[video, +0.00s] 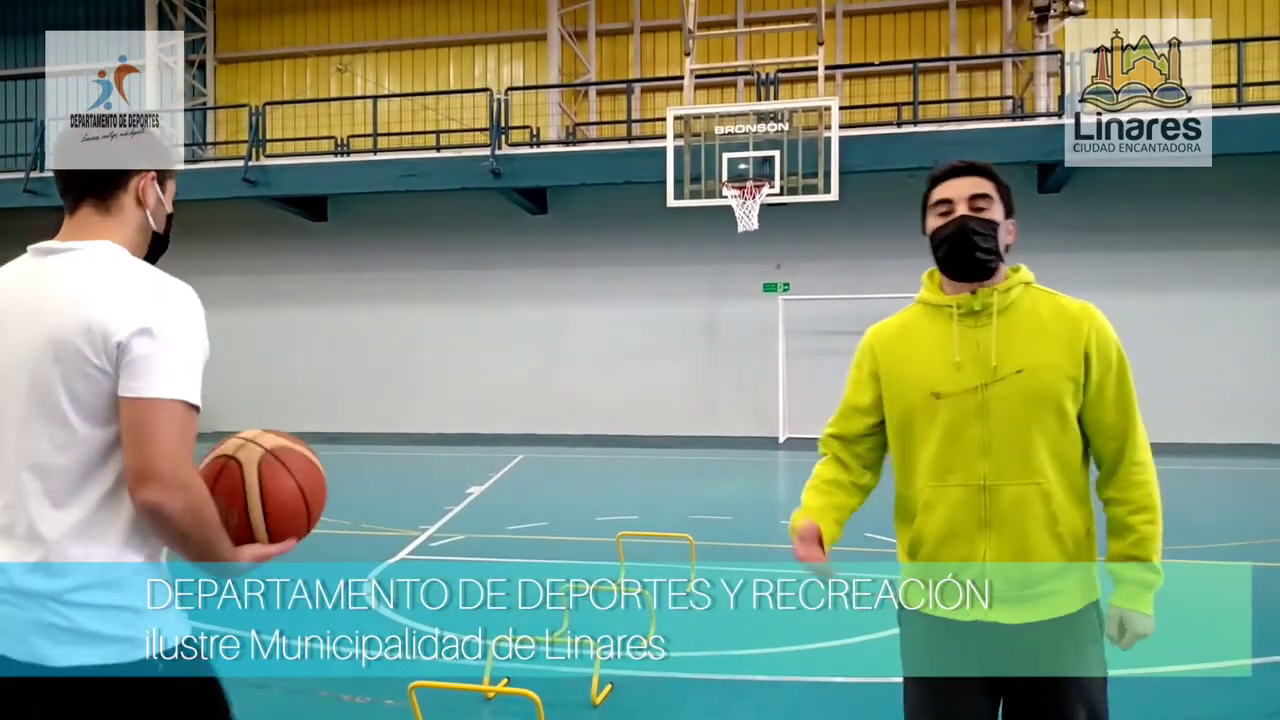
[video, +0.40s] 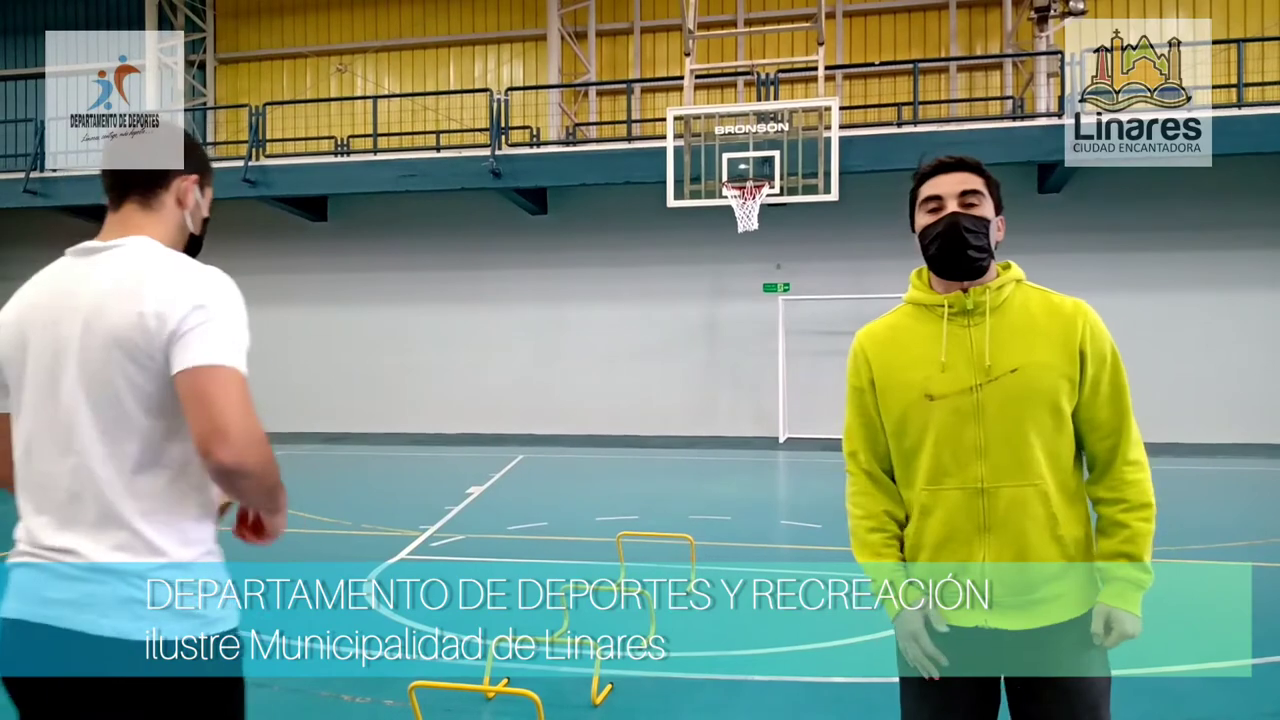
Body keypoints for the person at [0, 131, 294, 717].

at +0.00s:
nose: (170, 212)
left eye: (172, 195)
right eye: (172, 193)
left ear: (70, 188)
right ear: (147, 189)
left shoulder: (10, 280)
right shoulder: (153, 297)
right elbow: (159, 486)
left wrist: (189, 507)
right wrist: (226, 559)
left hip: (10, 628)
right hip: (112, 633)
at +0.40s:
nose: (205, 220)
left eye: (207, 205)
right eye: (207, 202)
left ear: (113, 192)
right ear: (187, 189)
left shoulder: (24, 300)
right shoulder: (192, 285)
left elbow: (9, 464)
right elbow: (229, 448)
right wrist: (265, 503)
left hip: (33, 625)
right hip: (163, 626)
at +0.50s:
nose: (222, 219)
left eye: (225, 205)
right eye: (224, 202)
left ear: (131, 194)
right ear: (208, 193)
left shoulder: (27, 308)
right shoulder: (214, 287)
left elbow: (12, 473)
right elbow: (239, 432)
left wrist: (78, 530)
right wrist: (278, 510)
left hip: (60, 625)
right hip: (188, 623)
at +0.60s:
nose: (240, 221)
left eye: (245, 206)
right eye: (244, 203)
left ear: (150, 195)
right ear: (228, 194)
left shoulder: (43, 306)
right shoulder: (233, 287)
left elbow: (8, 468)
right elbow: (252, 422)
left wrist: (73, 542)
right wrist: (299, 512)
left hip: (75, 628)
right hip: (203, 627)